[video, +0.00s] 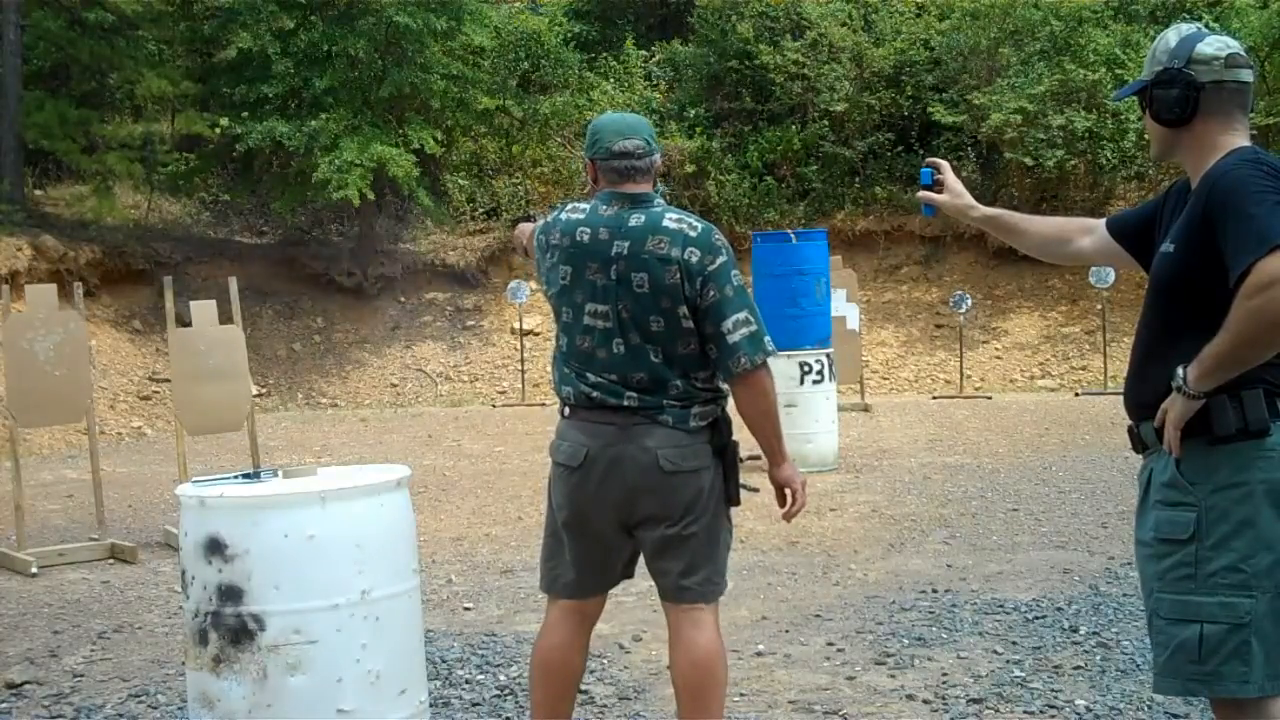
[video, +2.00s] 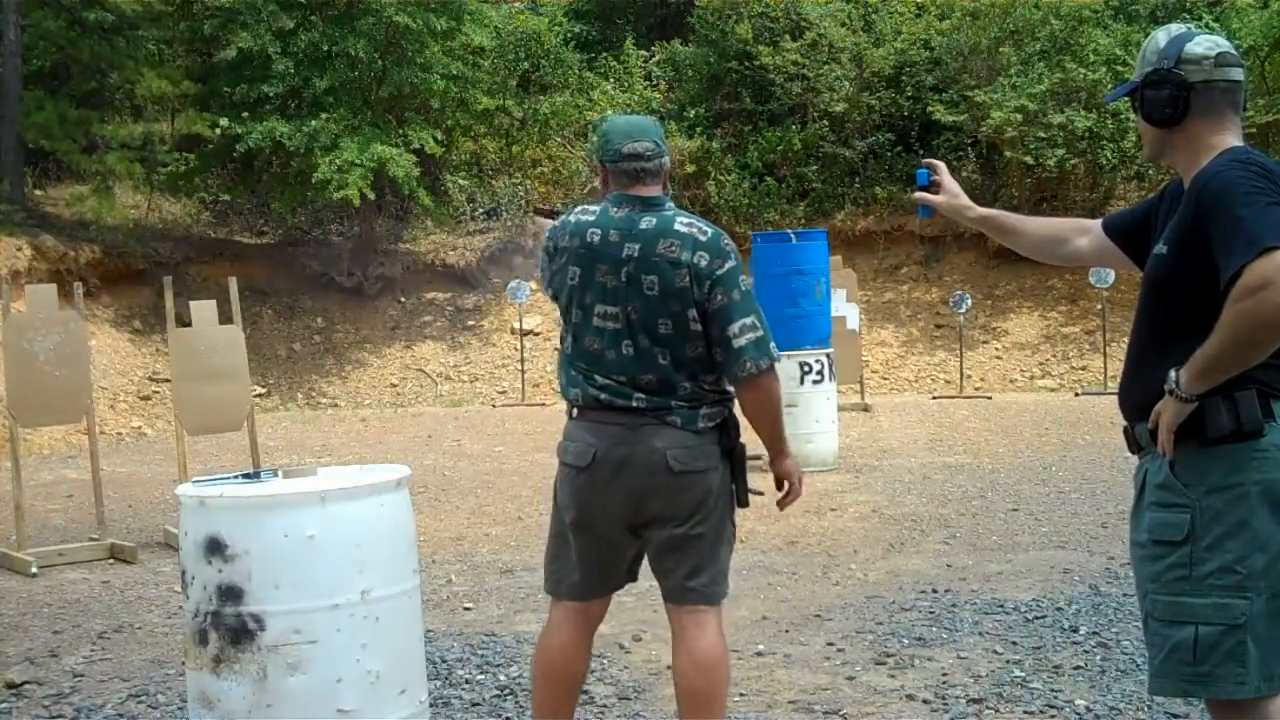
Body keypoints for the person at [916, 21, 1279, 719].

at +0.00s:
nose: (1145, 115)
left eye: (1150, 100)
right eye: (1146, 101)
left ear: (1177, 102)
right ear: (1223, 101)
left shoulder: (1242, 181)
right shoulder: (1191, 197)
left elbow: (1274, 283)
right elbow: (1084, 238)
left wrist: (1194, 381)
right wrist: (974, 213)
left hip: (1224, 462)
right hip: (1205, 457)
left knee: (1242, 692)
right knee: (1241, 685)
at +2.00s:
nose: (1137, 117)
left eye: (1142, 102)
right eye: (1138, 102)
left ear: (1169, 103)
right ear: (1218, 102)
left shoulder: (1234, 181)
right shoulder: (1186, 195)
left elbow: (1270, 288)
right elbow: (1082, 239)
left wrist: (1184, 388)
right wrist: (970, 213)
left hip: (1221, 462)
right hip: (1210, 456)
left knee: (1238, 693)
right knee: (1242, 686)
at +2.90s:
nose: (1136, 140)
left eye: (1138, 125)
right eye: (1138, 127)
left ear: (1148, 122)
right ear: (1226, 122)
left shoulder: (1178, 198)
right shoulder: (1261, 205)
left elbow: (1173, 297)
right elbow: (1137, 244)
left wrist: (1108, 384)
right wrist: (1033, 216)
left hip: (1188, 449)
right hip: (1265, 445)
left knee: (1184, 684)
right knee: (1219, 671)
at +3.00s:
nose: (1137, 143)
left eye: (1140, 128)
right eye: (1140, 129)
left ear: (1147, 127)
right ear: (1225, 127)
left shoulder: (1168, 202)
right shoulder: (1262, 208)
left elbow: (1154, 301)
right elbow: (1144, 245)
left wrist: (1076, 385)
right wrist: (1045, 218)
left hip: (1181, 452)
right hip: (1268, 449)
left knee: (1125, 675)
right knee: (1221, 664)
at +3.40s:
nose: (1111, 156)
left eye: (1112, 145)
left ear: (1113, 149)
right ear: (1185, 149)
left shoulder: (1108, 221)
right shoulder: (1230, 228)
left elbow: (1073, 326)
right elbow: (1157, 277)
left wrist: (1033, 446)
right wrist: (1067, 233)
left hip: (1125, 452)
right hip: (1230, 447)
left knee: (1061, 618)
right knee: (1218, 645)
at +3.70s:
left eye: (1051, 161)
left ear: (1047, 168)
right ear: (1117, 163)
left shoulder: (1032, 240)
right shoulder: (1159, 232)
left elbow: (986, 349)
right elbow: (1103, 282)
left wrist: (958, 455)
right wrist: (1026, 238)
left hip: (1060, 442)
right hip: (1162, 442)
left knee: (1051, 622)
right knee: (1160, 624)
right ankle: (1181, 713)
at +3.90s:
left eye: (1024, 159)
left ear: (1021, 160)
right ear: (1085, 160)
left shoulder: (1002, 234)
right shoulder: (1125, 228)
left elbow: (947, 347)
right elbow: (1070, 248)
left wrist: (935, 430)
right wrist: (1011, 215)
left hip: (1036, 424)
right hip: (1129, 422)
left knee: (1050, 612)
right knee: (1107, 590)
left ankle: (1078, 717)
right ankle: (1108, 711)